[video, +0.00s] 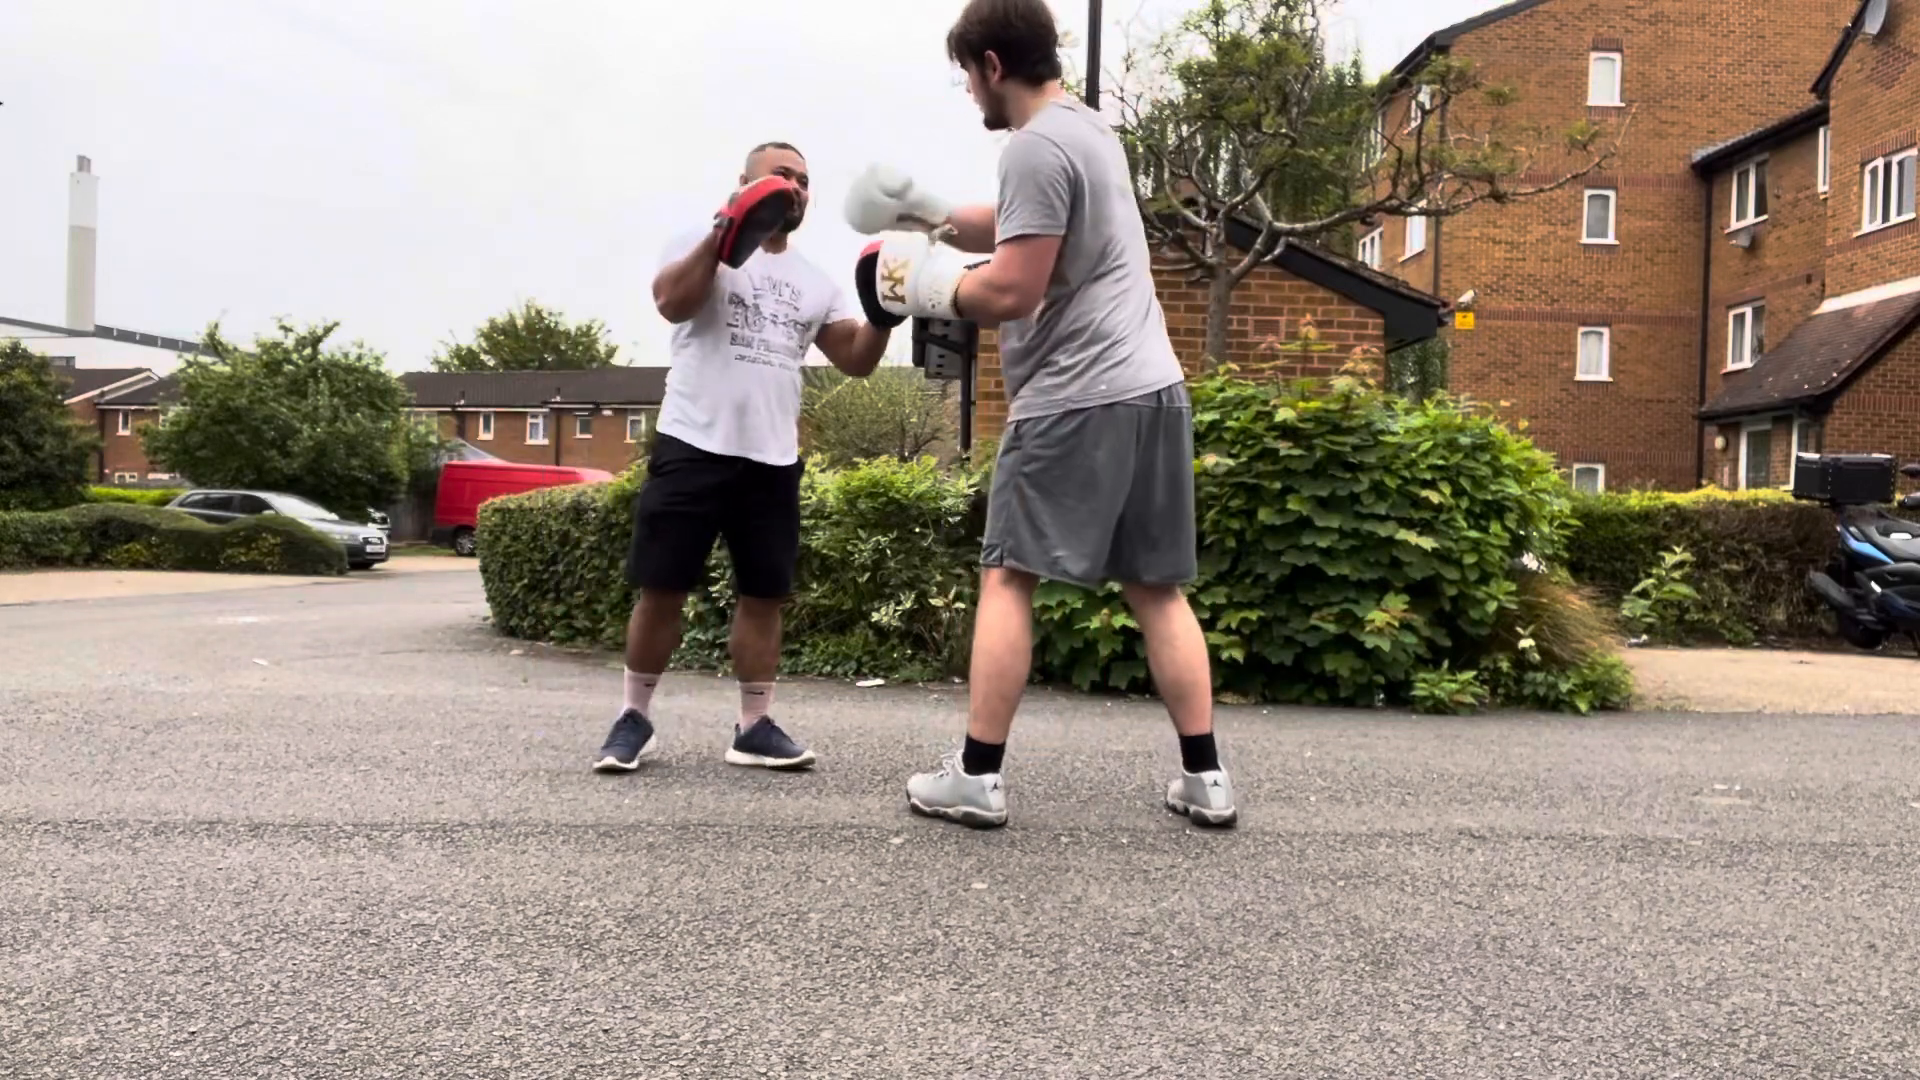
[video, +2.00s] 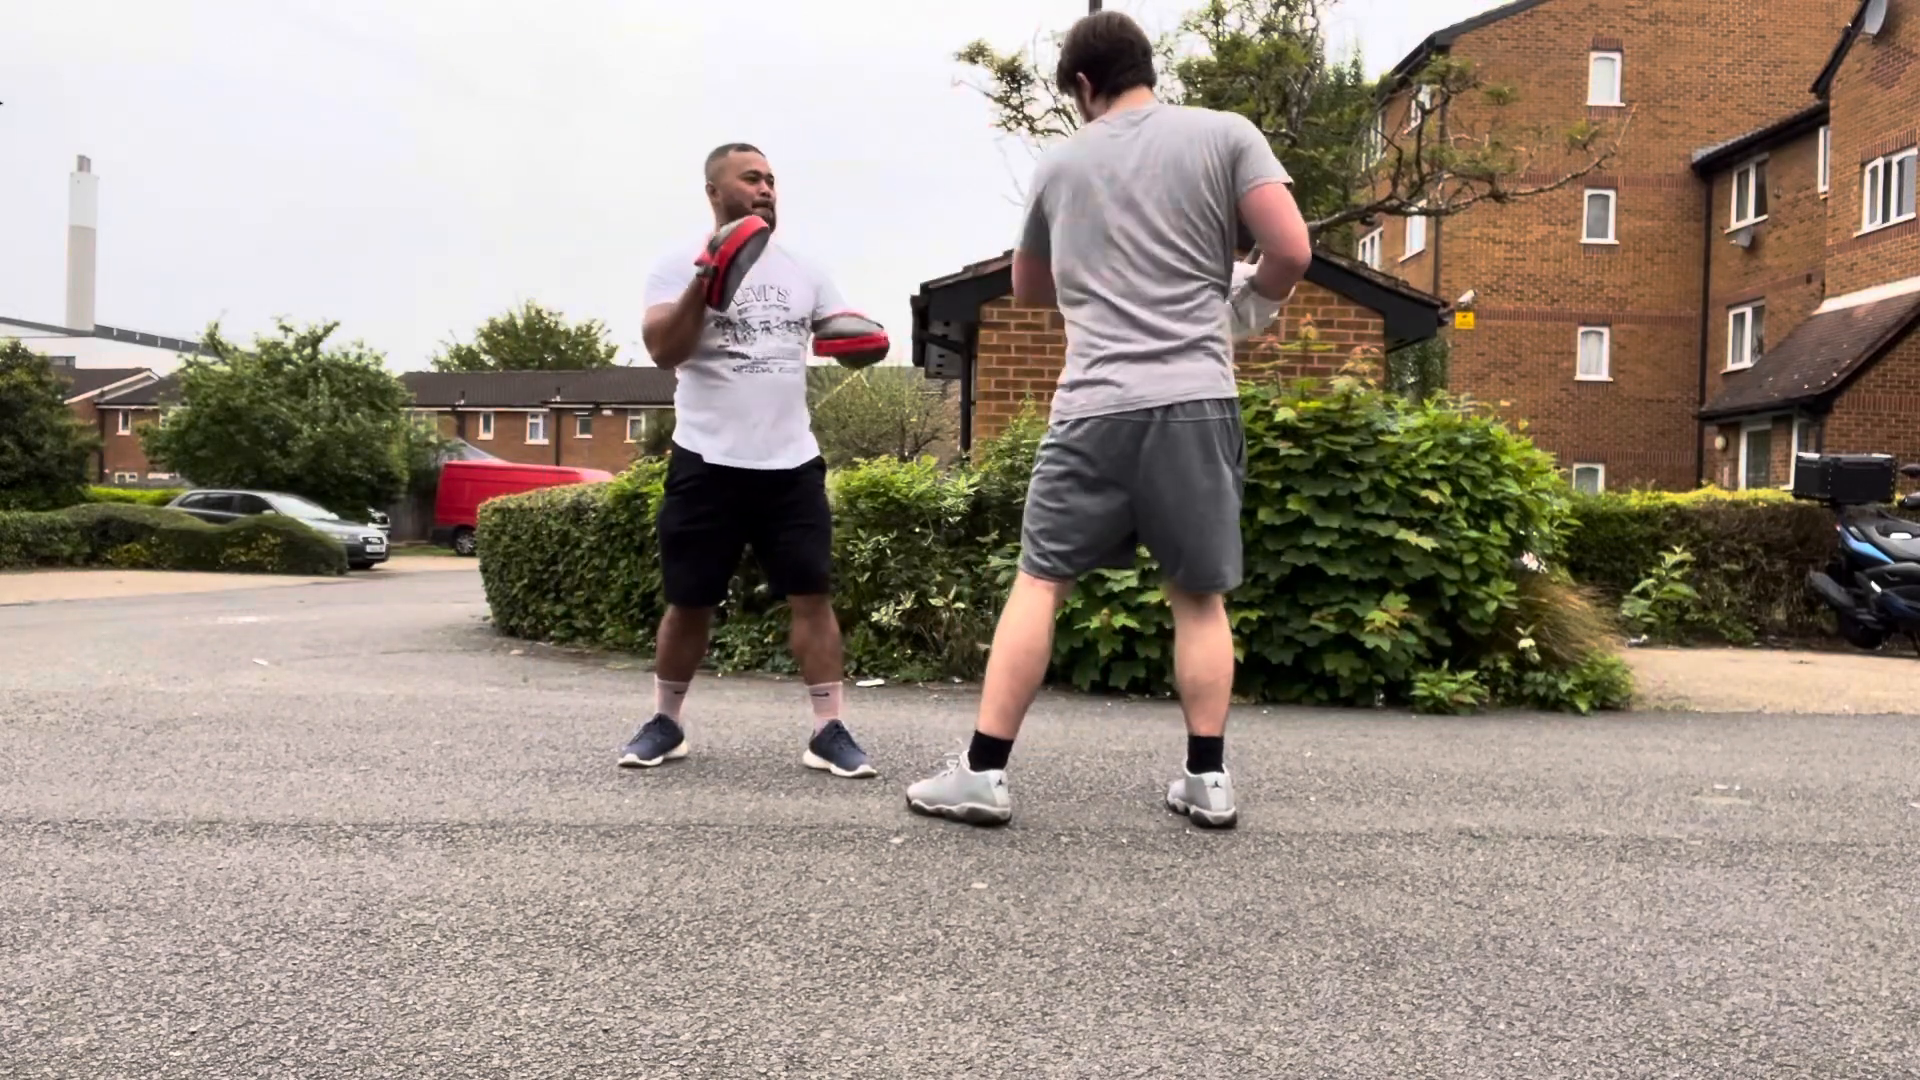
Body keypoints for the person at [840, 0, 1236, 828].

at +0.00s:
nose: (967, 92)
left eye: (966, 75)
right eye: (963, 77)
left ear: (992, 67)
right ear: (1038, 59)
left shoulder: (1036, 146)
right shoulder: (1092, 131)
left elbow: (1014, 292)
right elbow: (1026, 230)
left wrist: (926, 285)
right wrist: (929, 218)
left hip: (1071, 402)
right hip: (1156, 389)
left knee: (1008, 576)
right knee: (1157, 587)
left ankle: (976, 777)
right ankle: (1207, 779)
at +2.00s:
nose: (1073, 104)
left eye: (1069, 93)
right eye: (1073, 94)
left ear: (1082, 86)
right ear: (1149, 73)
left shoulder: (1060, 165)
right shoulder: (1225, 133)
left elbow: (1030, 289)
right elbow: (1290, 249)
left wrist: (1110, 271)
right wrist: (1257, 294)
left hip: (1091, 407)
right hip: (1196, 404)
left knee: (1039, 580)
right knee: (1199, 597)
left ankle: (983, 771)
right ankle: (1208, 780)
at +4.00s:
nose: (994, 82)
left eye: (994, 64)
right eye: (991, 66)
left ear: (1020, 52)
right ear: (1076, 48)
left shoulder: (1044, 137)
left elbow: (983, 268)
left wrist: (948, 194)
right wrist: (998, 165)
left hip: (1093, 392)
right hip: (1188, 380)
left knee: (1013, 573)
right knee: (1217, 575)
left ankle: (997, 782)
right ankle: (1315, 762)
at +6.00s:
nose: (1097, 77)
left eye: (1098, 65)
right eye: (1104, 64)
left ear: (1114, 62)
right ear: (1185, 59)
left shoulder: (1077, 134)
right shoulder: (1253, 135)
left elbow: (970, 216)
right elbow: (1261, 268)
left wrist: (961, 178)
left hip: (1101, 394)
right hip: (1215, 394)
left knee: (1041, 575)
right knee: (1257, 592)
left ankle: (990, 772)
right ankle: (1310, 790)